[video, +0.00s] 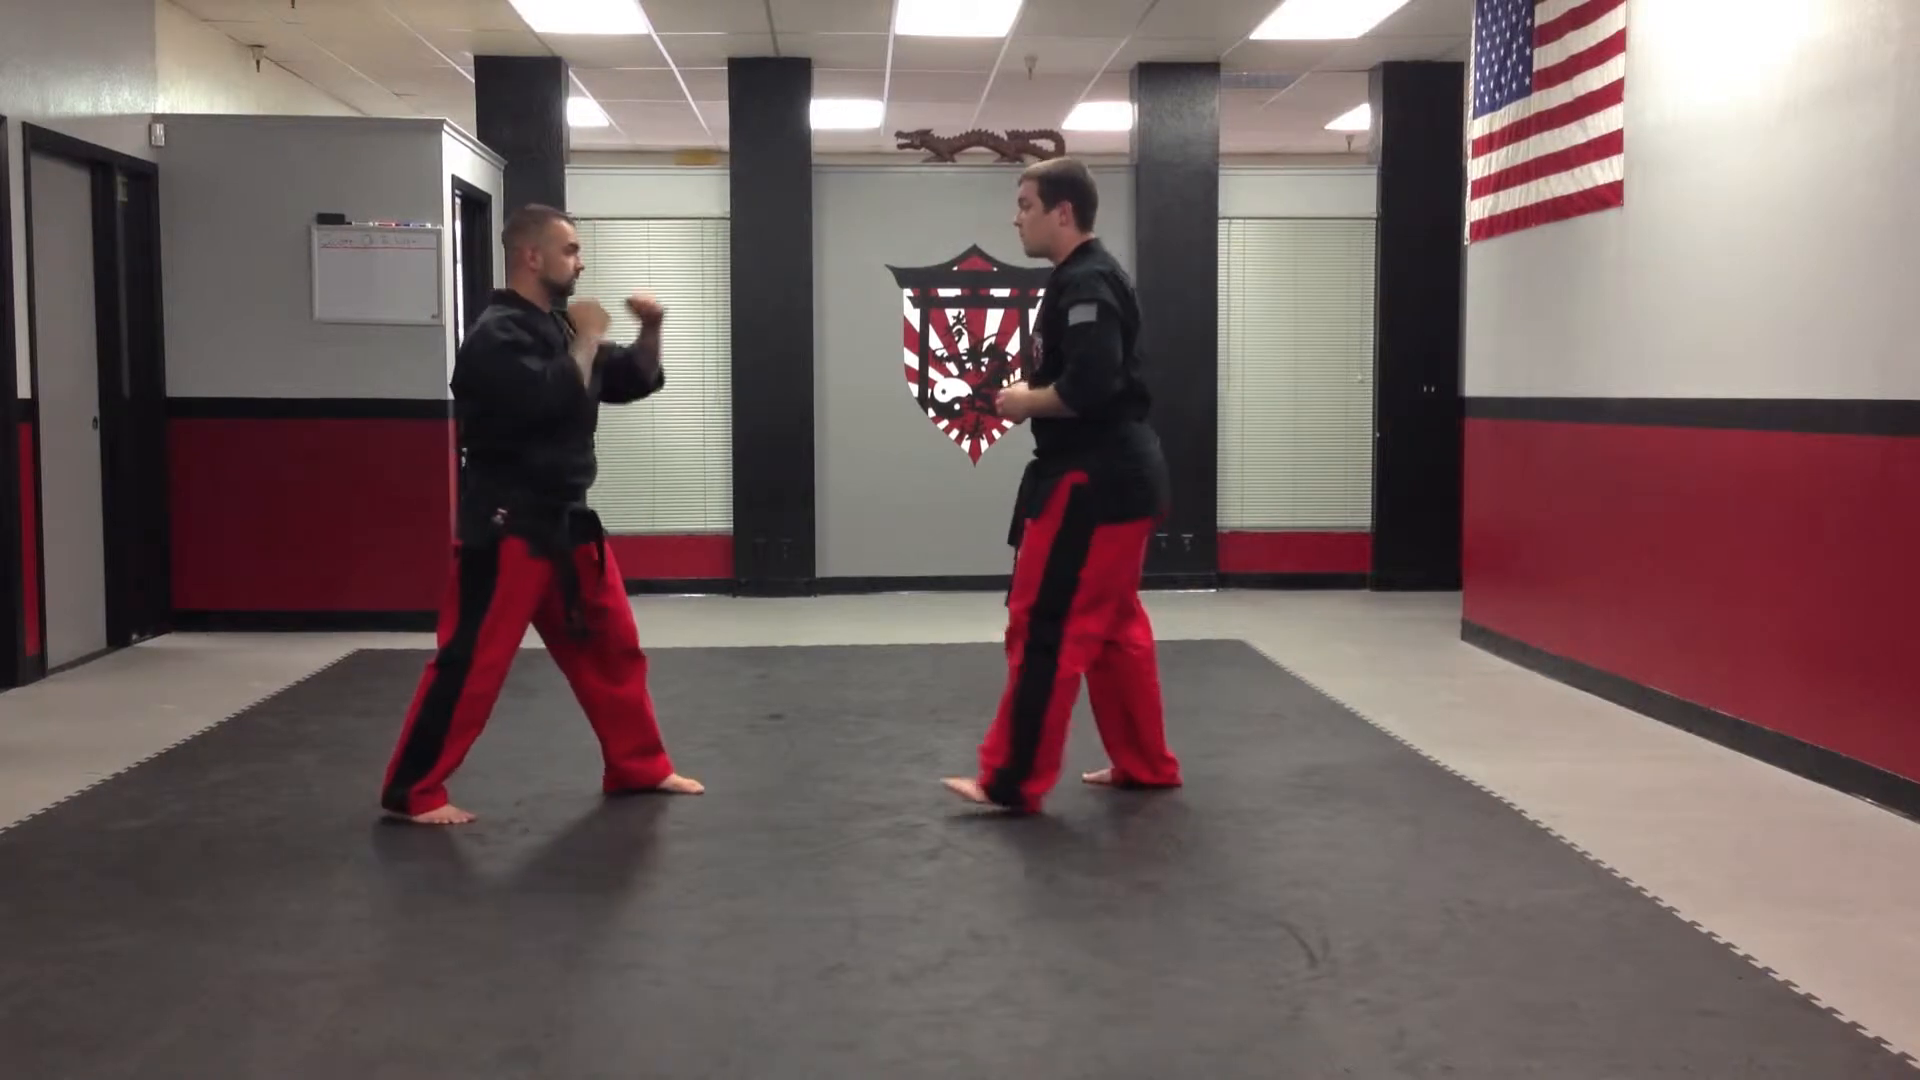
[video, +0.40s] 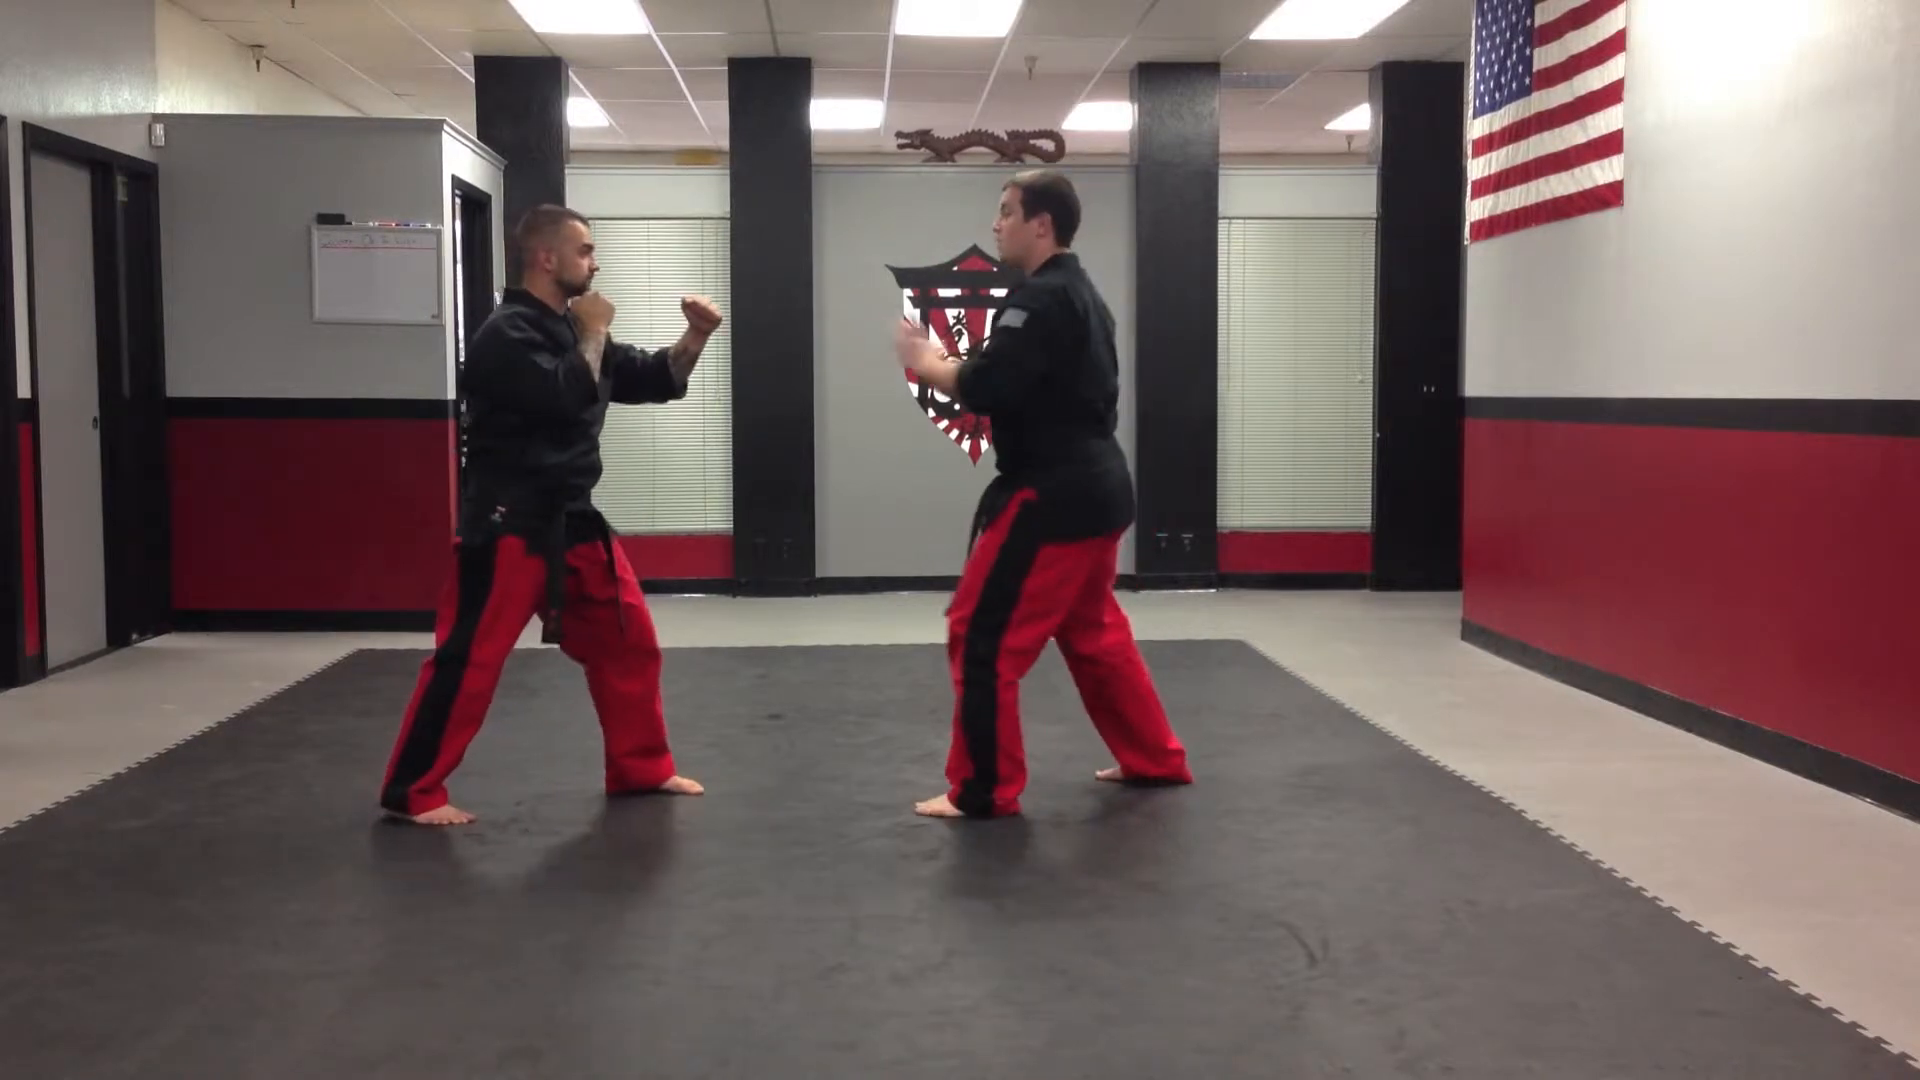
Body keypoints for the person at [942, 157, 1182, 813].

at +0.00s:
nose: (1018, 220)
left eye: (1026, 207)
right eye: (1019, 207)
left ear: (1063, 213)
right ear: (1066, 214)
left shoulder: (1086, 282)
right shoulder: (1082, 275)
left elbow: (1090, 387)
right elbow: (1079, 379)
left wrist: (1023, 401)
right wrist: (1024, 392)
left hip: (1092, 480)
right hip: (1116, 474)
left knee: (1043, 625)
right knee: (1113, 621)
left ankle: (1011, 783)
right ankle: (1145, 761)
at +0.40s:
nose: (994, 226)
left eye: (1005, 215)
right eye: (998, 214)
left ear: (1042, 226)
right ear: (1050, 228)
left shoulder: (1040, 295)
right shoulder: (1081, 293)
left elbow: (994, 384)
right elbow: (1047, 389)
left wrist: (926, 362)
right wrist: (966, 376)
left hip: (1047, 500)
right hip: (1096, 494)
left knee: (979, 636)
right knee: (1090, 627)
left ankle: (983, 792)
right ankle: (1154, 759)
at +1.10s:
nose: (1039, 239)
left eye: (1045, 226)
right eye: (1041, 226)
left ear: (1075, 231)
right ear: (1103, 234)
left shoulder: (1048, 291)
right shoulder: (1153, 307)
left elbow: (951, 313)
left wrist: (915, 287)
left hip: (1074, 504)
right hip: (1151, 503)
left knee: (1003, 644)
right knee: (1169, 637)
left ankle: (987, 794)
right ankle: (1233, 772)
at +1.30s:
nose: (1066, 252)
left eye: (1072, 239)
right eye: (1067, 240)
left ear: (1103, 240)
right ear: (1131, 242)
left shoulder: (1086, 307)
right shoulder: (1195, 309)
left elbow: (1022, 376)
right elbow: (1229, 403)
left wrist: (986, 315)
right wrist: (1162, 410)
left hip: (1103, 509)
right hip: (1187, 508)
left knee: (1037, 638)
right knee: (1195, 642)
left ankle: (1038, 779)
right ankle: (1232, 775)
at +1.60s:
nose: (1044, 263)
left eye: (1049, 251)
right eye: (1045, 251)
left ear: (1078, 254)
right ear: (1106, 256)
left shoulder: (1060, 316)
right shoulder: (1169, 317)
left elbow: (985, 372)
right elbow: (1214, 407)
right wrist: (1148, 415)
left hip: (1089, 516)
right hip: (1170, 511)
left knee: (1034, 644)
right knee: (1197, 643)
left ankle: (1008, 777)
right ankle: (1237, 776)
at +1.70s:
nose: (1020, 260)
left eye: (1026, 249)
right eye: (1023, 248)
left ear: (1053, 251)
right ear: (1083, 255)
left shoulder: (1025, 312)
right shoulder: (1139, 318)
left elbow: (929, 337)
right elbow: (1185, 416)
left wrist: (850, 293)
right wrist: (1118, 403)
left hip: (1048, 515)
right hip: (1132, 512)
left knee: (1018, 645)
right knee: (1183, 639)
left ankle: (1007, 780)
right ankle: (1239, 775)